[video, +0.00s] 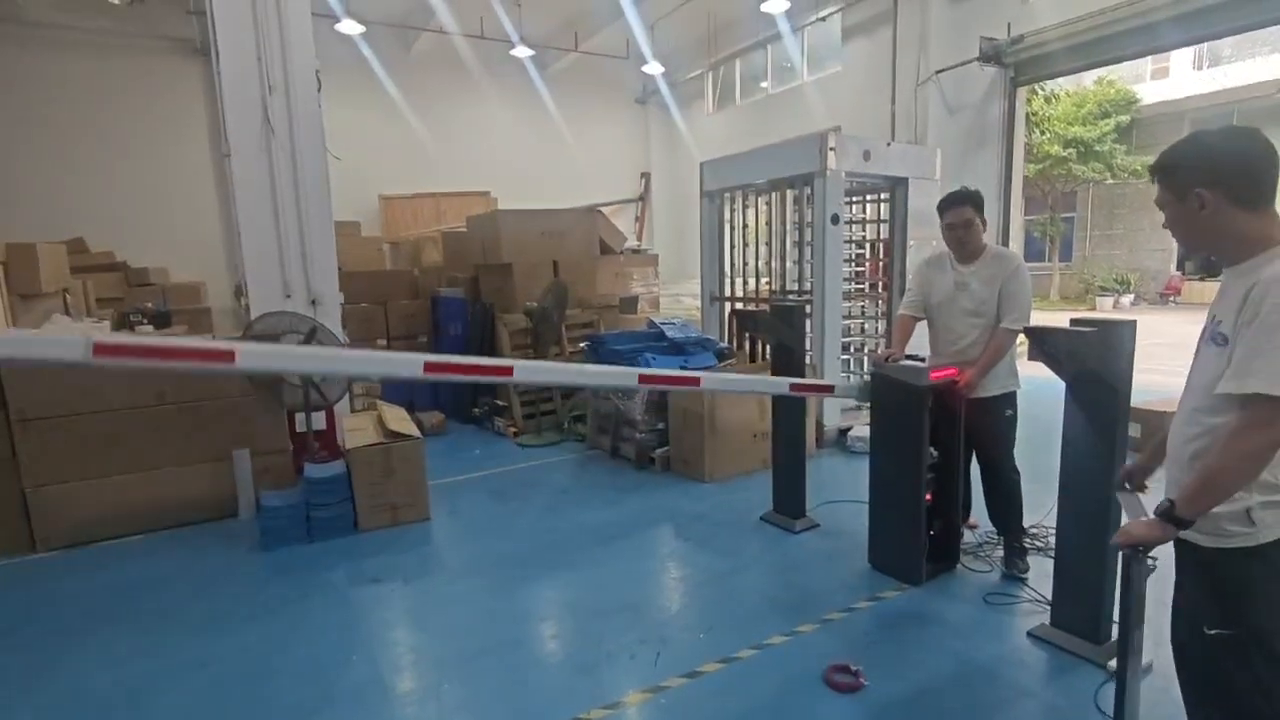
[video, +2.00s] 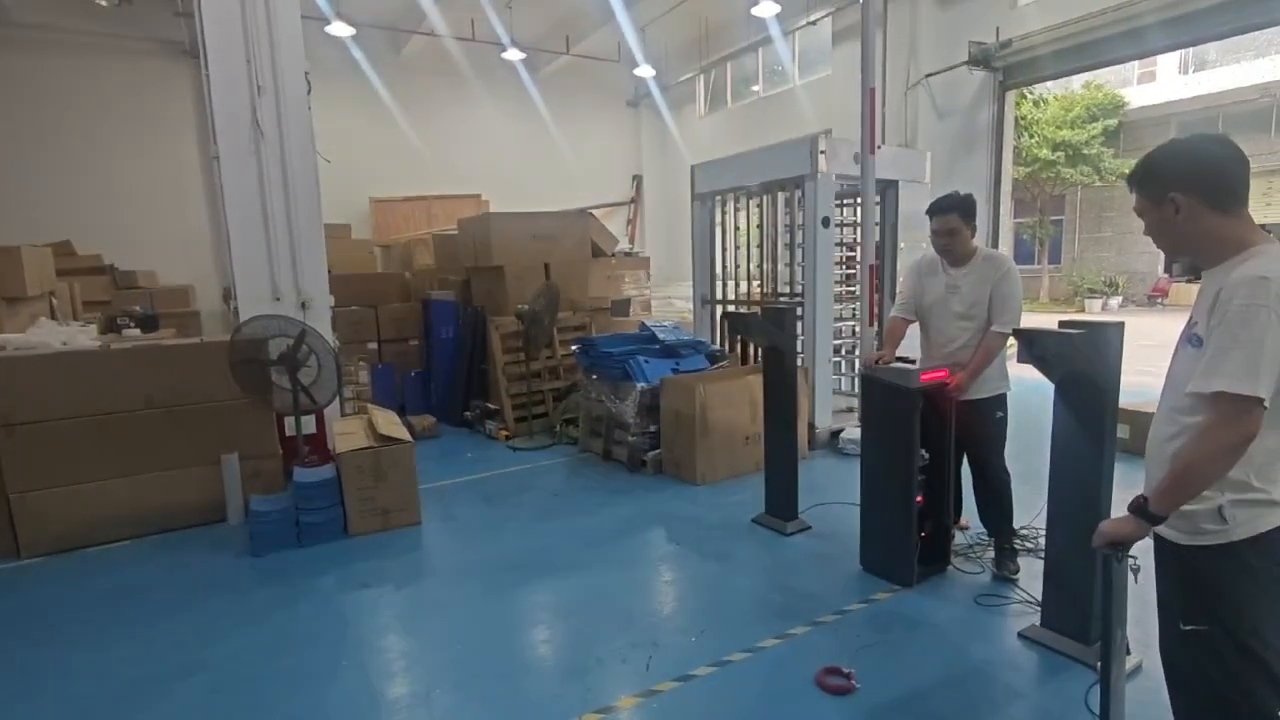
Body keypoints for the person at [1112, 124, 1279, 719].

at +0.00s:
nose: (1164, 224)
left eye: (1166, 208)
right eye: (1161, 210)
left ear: (1204, 201)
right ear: (1208, 199)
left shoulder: (1267, 283)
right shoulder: (1244, 278)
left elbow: (1263, 423)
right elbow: (1211, 396)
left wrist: (1171, 517)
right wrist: (1150, 460)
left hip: (1242, 549)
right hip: (1215, 543)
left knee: (1236, 698)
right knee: (1212, 690)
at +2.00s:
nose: (1146, 232)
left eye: (1144, 217)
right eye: (1141, 219)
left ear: (1179, 205)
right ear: (1188, 202)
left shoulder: (1253, 287)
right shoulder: (1236, 277)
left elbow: (1235, 422)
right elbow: (1228, 412)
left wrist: (1144, 514)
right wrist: (1158, 500)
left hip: (1226, 545)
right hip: (1211, 538)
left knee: (1227, 704)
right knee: (1215, 699)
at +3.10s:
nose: (979, 235)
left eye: (977, 221)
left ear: (991, 218)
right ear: (1072, 206)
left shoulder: (988, 304)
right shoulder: (1131, 291)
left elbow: (956, 417)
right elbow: (1148, 423)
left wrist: (1000, 452)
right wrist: (1095, 461)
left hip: (1032, 560)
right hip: (1114, 551)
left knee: (1004, 705)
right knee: (1066, 689)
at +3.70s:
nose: (964, 280)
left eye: (970, 269)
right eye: (967, 268)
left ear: (914, 239)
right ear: (948, 251)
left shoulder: (836, 286)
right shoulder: (944, 312)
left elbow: (822, 385)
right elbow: (937, 427)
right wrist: (937, 524)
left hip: (803, 491)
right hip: (882, 506)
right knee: (868, 638)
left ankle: (813, 709)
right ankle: (857, 710)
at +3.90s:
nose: (932, 281)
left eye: (939, 272)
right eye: (936, 268)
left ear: (897, 241)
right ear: (919, 248)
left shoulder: (823, 279)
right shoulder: (887, 304)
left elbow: (815, 380)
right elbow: (861, 411)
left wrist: (871, 437)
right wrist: (867, 503)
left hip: (768, 462)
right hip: (828, 483)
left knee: (756, 577)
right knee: (855, 608)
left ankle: (723, 677)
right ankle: (849, 709)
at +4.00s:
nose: (909, 286)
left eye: (916, 277)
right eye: (913, 273)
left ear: (878, 248)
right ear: (893, 253)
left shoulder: (809, 281)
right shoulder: (856, 303)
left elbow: (795, 375)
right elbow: (824, 402)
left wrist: (843, 435)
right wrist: (836, 489)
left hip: (753, 459)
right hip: (802, 477)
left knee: (742, 558)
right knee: (841, 609)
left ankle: (710, 644)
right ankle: (843, 710)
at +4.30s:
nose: (838, 306)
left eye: (845, 299)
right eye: (842, 295)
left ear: (817, 274)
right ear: (821, 275)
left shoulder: (763, 301)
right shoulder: (766, 310)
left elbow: (733, 388)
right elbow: (721, 389)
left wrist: (760, 444)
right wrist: (736, 466)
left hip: (700, 447)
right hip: (711, 457)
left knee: (711, 547)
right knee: (755, 566)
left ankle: (695, 636)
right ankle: (769, 692)